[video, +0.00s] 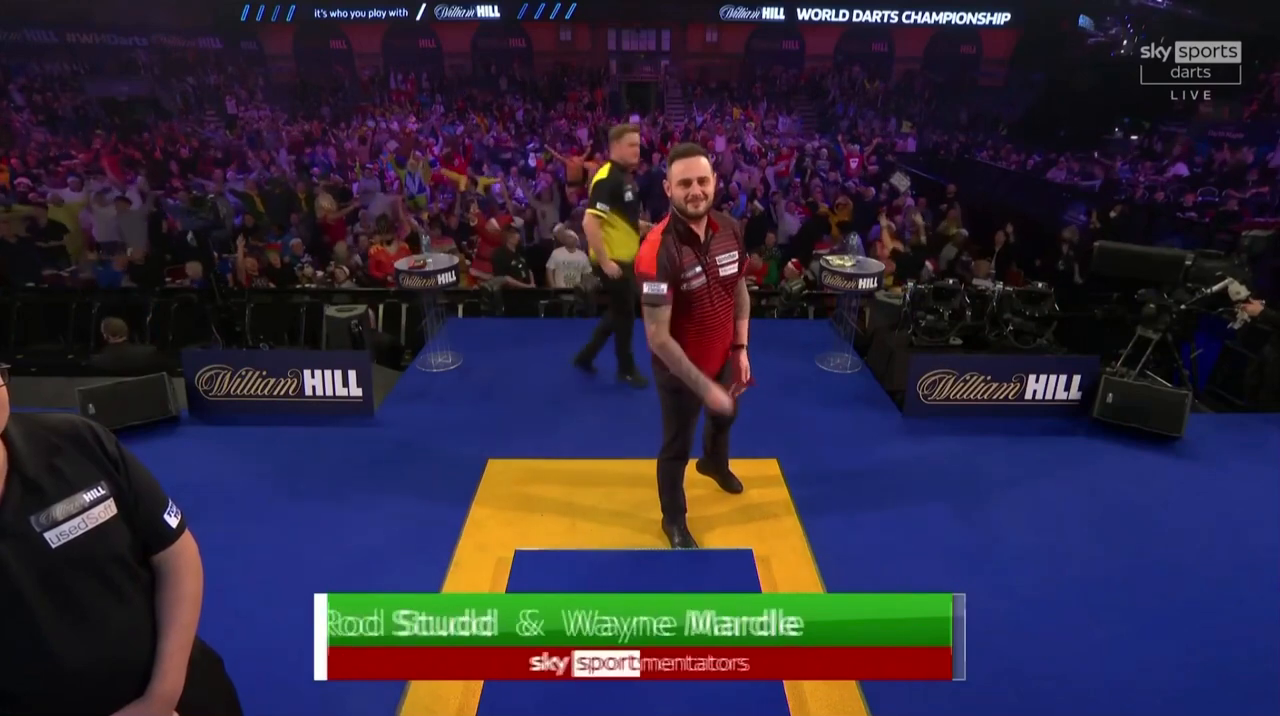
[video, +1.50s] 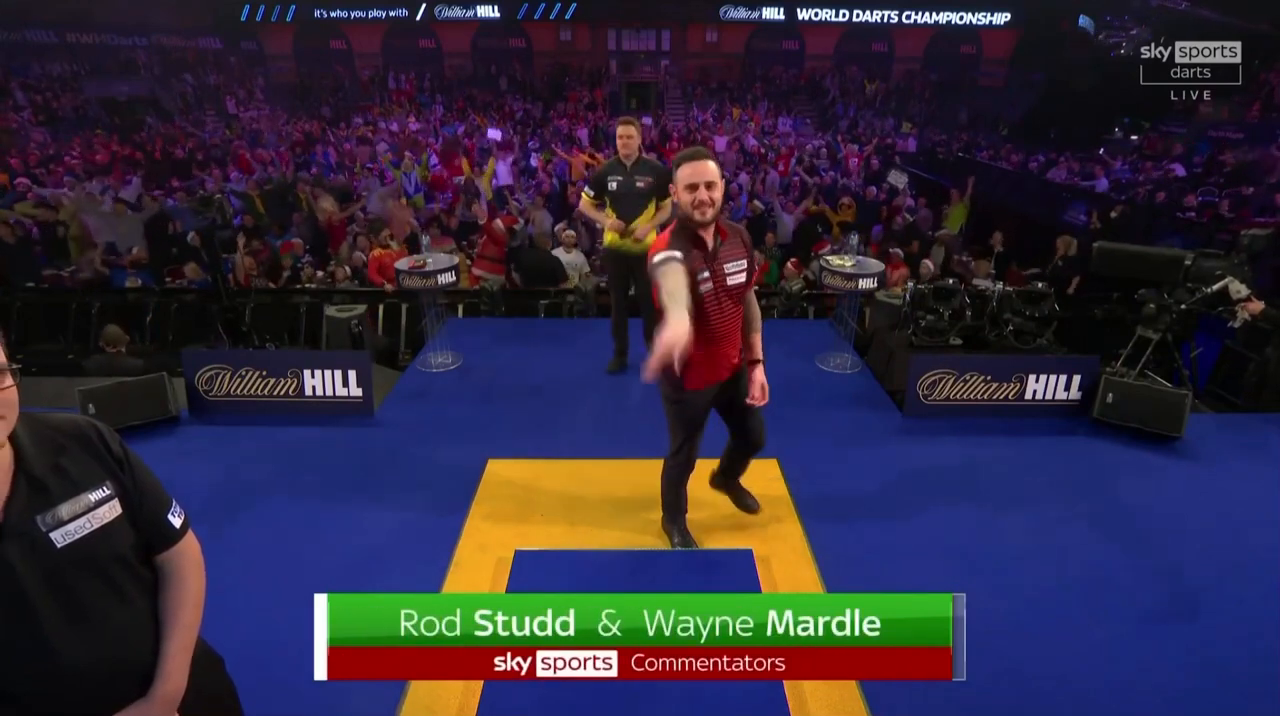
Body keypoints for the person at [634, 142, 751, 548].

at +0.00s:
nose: (695, 190)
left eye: (703, 181)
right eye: (684, 183)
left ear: (714, 184)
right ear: (668, 190)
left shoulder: (727, 229)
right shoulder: (657, 251)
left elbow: (740, 290)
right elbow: (657, 336)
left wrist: (741, 349)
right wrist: (705, 387)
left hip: (722, 353)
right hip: (681, 363)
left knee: (725, 410)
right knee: (678, 445)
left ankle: (714, 461)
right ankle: (674, 519)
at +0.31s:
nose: (694, 192)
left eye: (703, 182)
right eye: (684, 184)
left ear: (715, 185)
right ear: (668, 188)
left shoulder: (730, 230)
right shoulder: (656, 250)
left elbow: (742, 289)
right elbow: (642, 332)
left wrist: (740, 347)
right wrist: (696, 376)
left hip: (723, 355)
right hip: (679, 365)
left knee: (728, 411)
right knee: (677, 445)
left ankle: (714, 461)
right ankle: (674, 520)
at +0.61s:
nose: (693, 188)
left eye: (701, 179)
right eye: (683, 180)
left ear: (713, 183)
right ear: (667, 187)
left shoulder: (729, 229)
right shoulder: (657, 242)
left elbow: (743, 289)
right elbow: (636, 310)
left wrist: (747, 347)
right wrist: (659, 316)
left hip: (724, 354)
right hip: (680, 364)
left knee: (731, 416)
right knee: (679, 445)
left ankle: (714, 462)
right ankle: (674, 520)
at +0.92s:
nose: (690, 190)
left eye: (698, 180)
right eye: (679, 182)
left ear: (710, 184)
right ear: (663, 190)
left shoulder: (729, 229)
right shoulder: (657, 243)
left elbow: (746, 289)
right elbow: (633, 306)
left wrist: (751, 348)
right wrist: (647, 242)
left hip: (729, 357)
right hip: (685, 367)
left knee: (734, 419)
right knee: (681, 447)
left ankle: (715, 463)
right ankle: (674, 521)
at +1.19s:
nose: (690, 195)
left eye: (698, 185)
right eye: (679, 187)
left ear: (711, 189)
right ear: (664, 194)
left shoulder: (732, 233)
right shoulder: (659, 249)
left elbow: (749, 291)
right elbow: (632, 314)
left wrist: (753, 352)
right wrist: (650, 243)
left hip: (730, 360)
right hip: (685, 371)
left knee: (735, 423)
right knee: (681, 448)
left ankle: (716, 463)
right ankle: (675, 521)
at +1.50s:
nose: (703, 195)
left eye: (711, 185)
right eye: (691, 188)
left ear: (722, 189)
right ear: (674, 195)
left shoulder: (735, 237)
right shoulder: (669, 248)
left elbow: (749, 301)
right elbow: (674, 294)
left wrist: (756, 363)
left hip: (731, 366)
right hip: (688, 372)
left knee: (752, 436)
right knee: (684, 453)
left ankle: (725, 477)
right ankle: (674, 521)